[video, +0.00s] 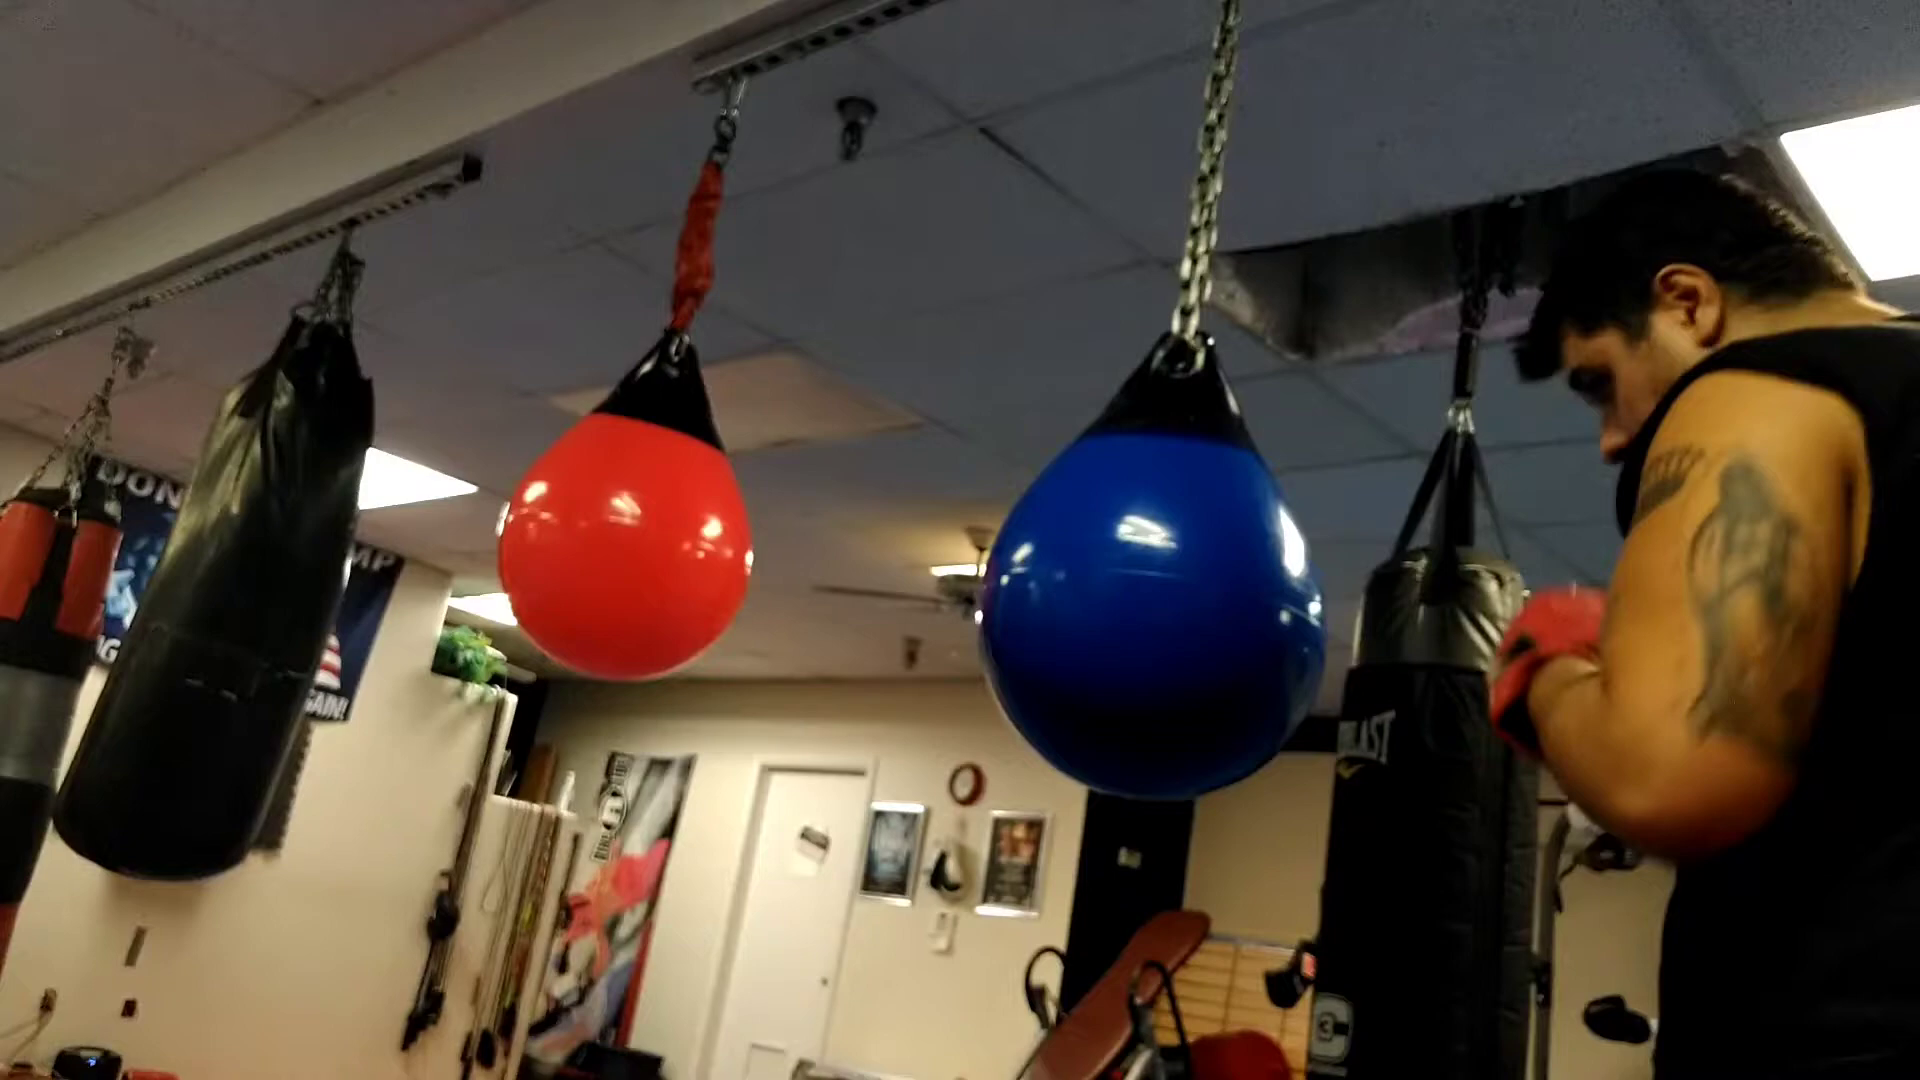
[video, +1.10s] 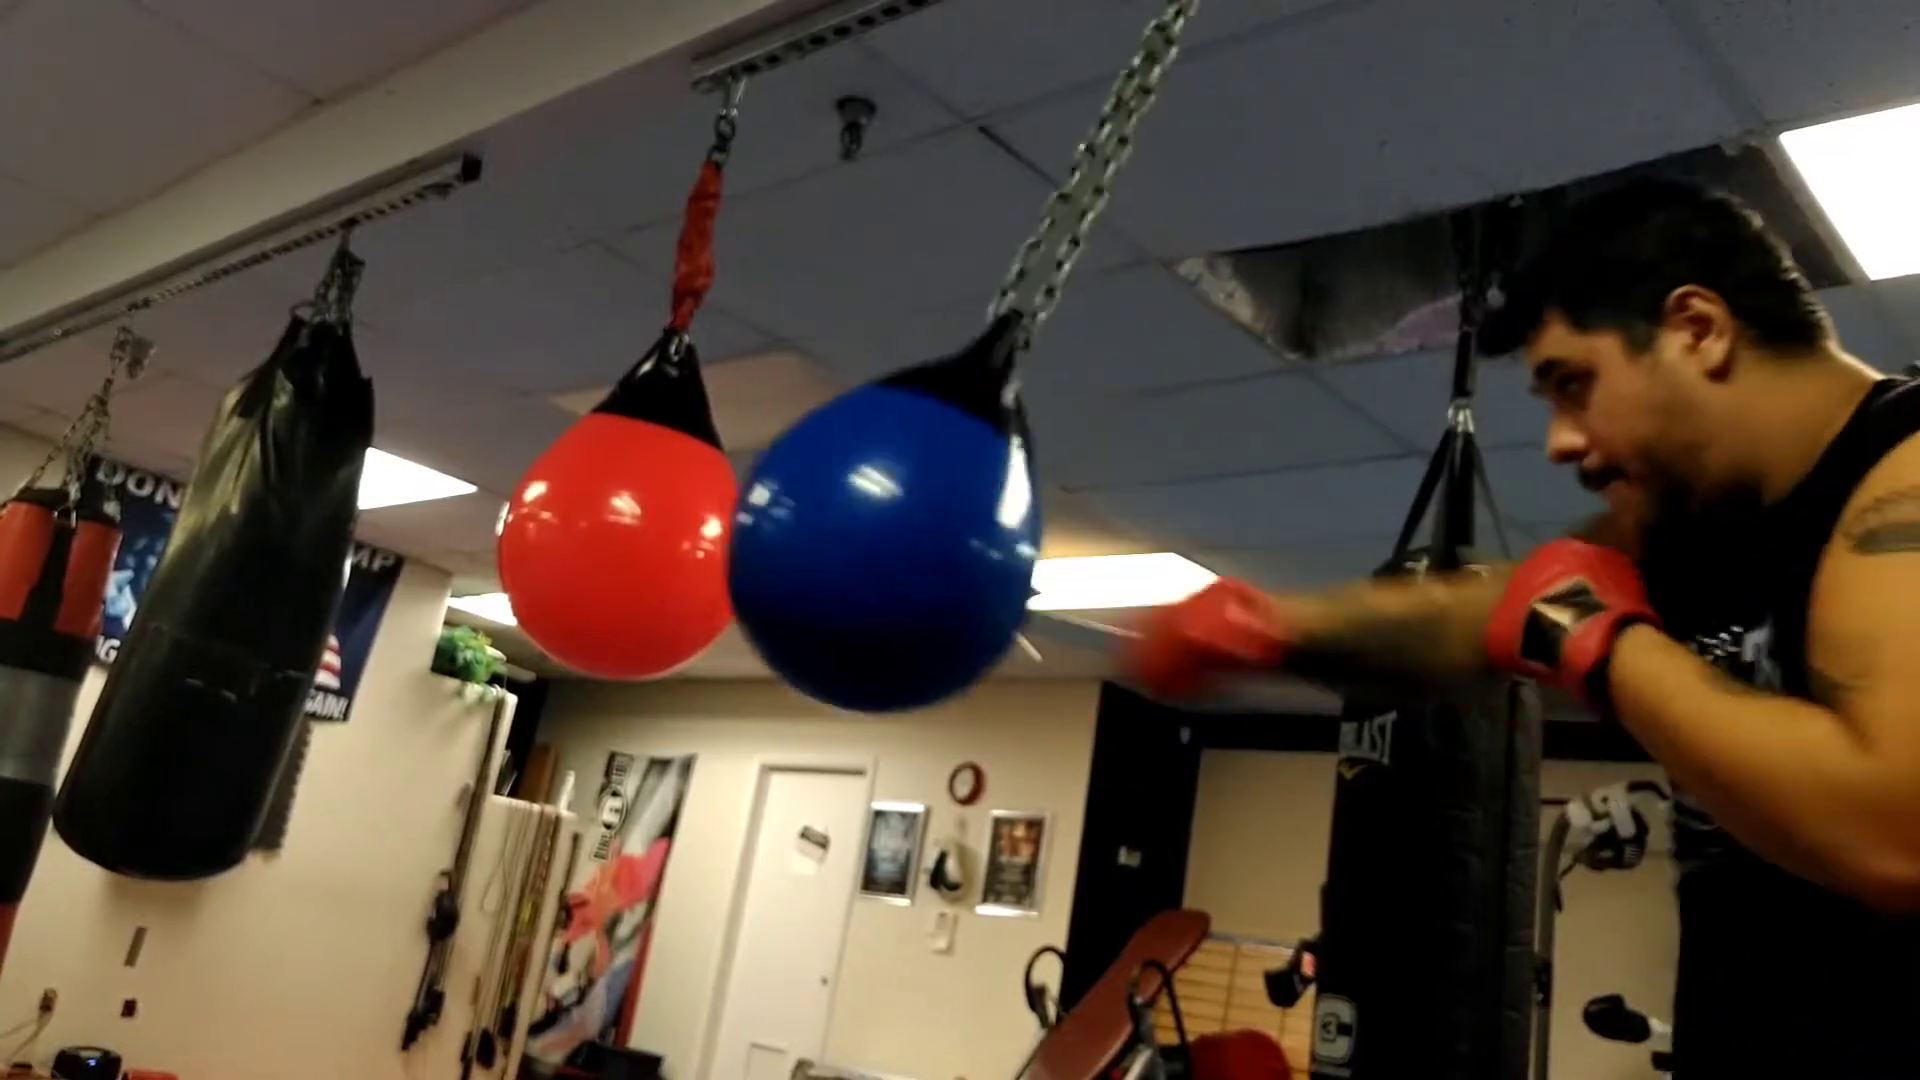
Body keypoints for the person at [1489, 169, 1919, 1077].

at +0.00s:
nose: (1610, 437)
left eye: (1601, 382)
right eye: (1594, 399)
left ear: (1688, 301)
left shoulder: (1761, 393)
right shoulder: (1888, 361)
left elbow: (1682, 778)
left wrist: (1551, 677)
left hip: (1821, 1020)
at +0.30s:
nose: (1665, 471)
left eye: (1656, 416)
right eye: (1646, 434)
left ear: (1748, 339)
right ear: (1751, 340)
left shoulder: (1843, 421)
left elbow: (1656, 751)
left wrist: (1554, 570)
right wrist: (1652, 591)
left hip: (1853, 1024)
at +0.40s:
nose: (1693, 516)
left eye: (1695, 461)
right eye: (1679, 478)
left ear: (1801, 391)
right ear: (1804, 394)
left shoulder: (1896, 476)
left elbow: (1748, 768)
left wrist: (1615, 618)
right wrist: (1606, 690)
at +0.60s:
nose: (1635, 512)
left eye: (1644, 474)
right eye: (1627, 487)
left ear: (1751, 411)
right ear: (1761, 413)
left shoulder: (1832, 463)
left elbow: (1486, 575)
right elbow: (1879, 835)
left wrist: (1297, 556)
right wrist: (1684, 753)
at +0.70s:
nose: (1613, 510)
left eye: (1619, 468)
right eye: (1602, 479)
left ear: (1724, 407)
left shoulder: (1811, 456)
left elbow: (1479, 601)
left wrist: (1360, 583)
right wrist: (1668, 751)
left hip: (1878, 1039)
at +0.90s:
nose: (1537, 497)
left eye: (1524, 450)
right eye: (1516, 465)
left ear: (1598, 386)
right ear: (1602, 390)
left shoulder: (1854, 488)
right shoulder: (1739, 488)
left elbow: (1827, 853)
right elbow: (1499, 566)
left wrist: (1556, 679)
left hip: (1862, 1062)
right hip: (1758, 1046)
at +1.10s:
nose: (1562, 444)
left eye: (1573, 385)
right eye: (1553, 402)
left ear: (1699, 331)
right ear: (1700, 338)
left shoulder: (1901, 480)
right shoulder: (1706, 509)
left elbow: (1892, 833)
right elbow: (1516, 610)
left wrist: (1608, 643)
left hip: (1887, 1061)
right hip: (1740, 1041)